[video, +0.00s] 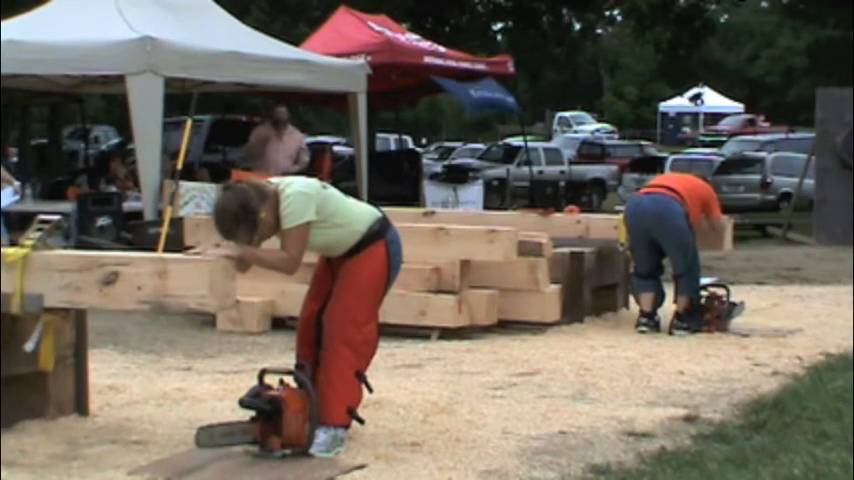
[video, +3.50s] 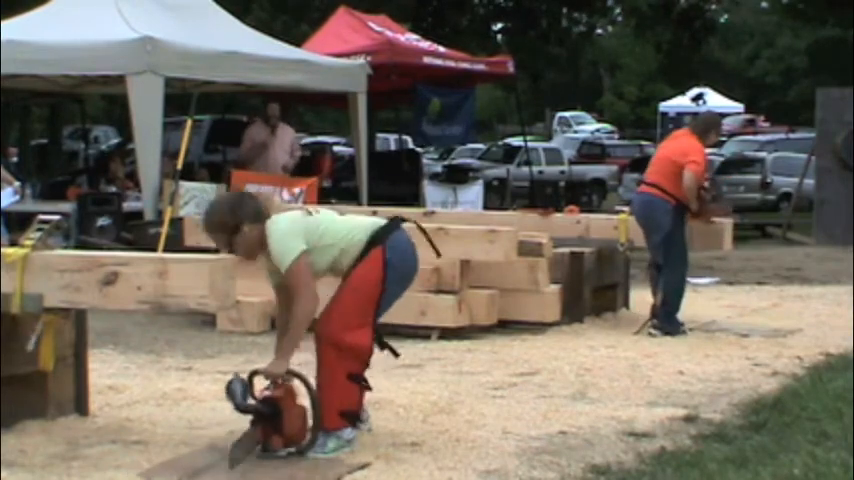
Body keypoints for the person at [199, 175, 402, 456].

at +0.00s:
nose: (259, 240)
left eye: (258, 235)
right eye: (253, 238)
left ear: (264, 213)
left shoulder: (297, 198)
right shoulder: (264, 198)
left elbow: (290, 263)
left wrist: (240, 252)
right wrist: (239, 252)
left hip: (373, 246)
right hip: (337, 251)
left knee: (340, 325)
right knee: (311, 321)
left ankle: (335, 425)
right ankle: (309, 412)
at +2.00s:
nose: (244, 227)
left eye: (242, 219)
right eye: (238, 224)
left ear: (256, 198)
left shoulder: (302, 198)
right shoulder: (263, 214)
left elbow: (325, 262)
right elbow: (277, 267)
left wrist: (281, 281)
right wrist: (264, 293)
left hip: (374, 245)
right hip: (337, 254)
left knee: (338, 322)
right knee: (309, 322)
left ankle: (336, 426)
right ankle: (310, 414)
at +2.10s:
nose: (241, 232)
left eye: (239, 222)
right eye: (234, 227)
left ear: (254, 199)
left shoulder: (300, 211)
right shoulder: (262, 226)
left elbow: (316, 277)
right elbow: (283, 284)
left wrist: (285, 329)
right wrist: (298, 333)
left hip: (377, 246)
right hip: (338, 257)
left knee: (339, 321)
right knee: (307, 319)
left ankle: (340, 424)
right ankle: (313, 414)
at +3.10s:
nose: (237, 253)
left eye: (234, 244)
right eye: (230, 248)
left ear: (251, 224)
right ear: (253, 221)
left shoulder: (287, 226)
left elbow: (305, 299)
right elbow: (307, 293)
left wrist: (301, 361)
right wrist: (302, 356)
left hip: (382, 255)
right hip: (364, 257)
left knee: (334, 335)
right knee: (329, 331)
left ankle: (338, 429)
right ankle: (350, 412)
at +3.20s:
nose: (239, 239)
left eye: (234, 232)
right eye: (231, 236)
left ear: (248, 211)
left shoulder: (279, 228)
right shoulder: (282, 176)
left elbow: (296, 297)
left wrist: (298, 362)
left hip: (372, 245)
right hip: (387, 224)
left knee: (326, 330)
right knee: (356, 324)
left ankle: (335, 427)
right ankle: (352, 403)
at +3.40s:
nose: (228, 236)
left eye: (225, 227)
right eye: (223, 230)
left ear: (241, 210)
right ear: (244, 205)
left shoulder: (278, 217)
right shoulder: (281, 197)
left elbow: (295, 292)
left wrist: (283, 358)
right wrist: (284, 287)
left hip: (379, 242)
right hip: (386, 232)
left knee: (333, 330)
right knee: (353, 322)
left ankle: (337, 428)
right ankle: (365, 402)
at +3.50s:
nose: (234, 254)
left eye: (231, 245)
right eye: (227, 249)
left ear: (246, 226)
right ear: (246, 226)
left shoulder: (281, 232)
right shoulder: (273, 246)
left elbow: (306, 300)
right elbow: (286, 307)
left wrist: (281, 360)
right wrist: (280, 360)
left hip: (389, 251)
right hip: (379, 254)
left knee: (333, 331)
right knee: (334, 329)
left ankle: (337, 429)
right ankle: (350, 414)